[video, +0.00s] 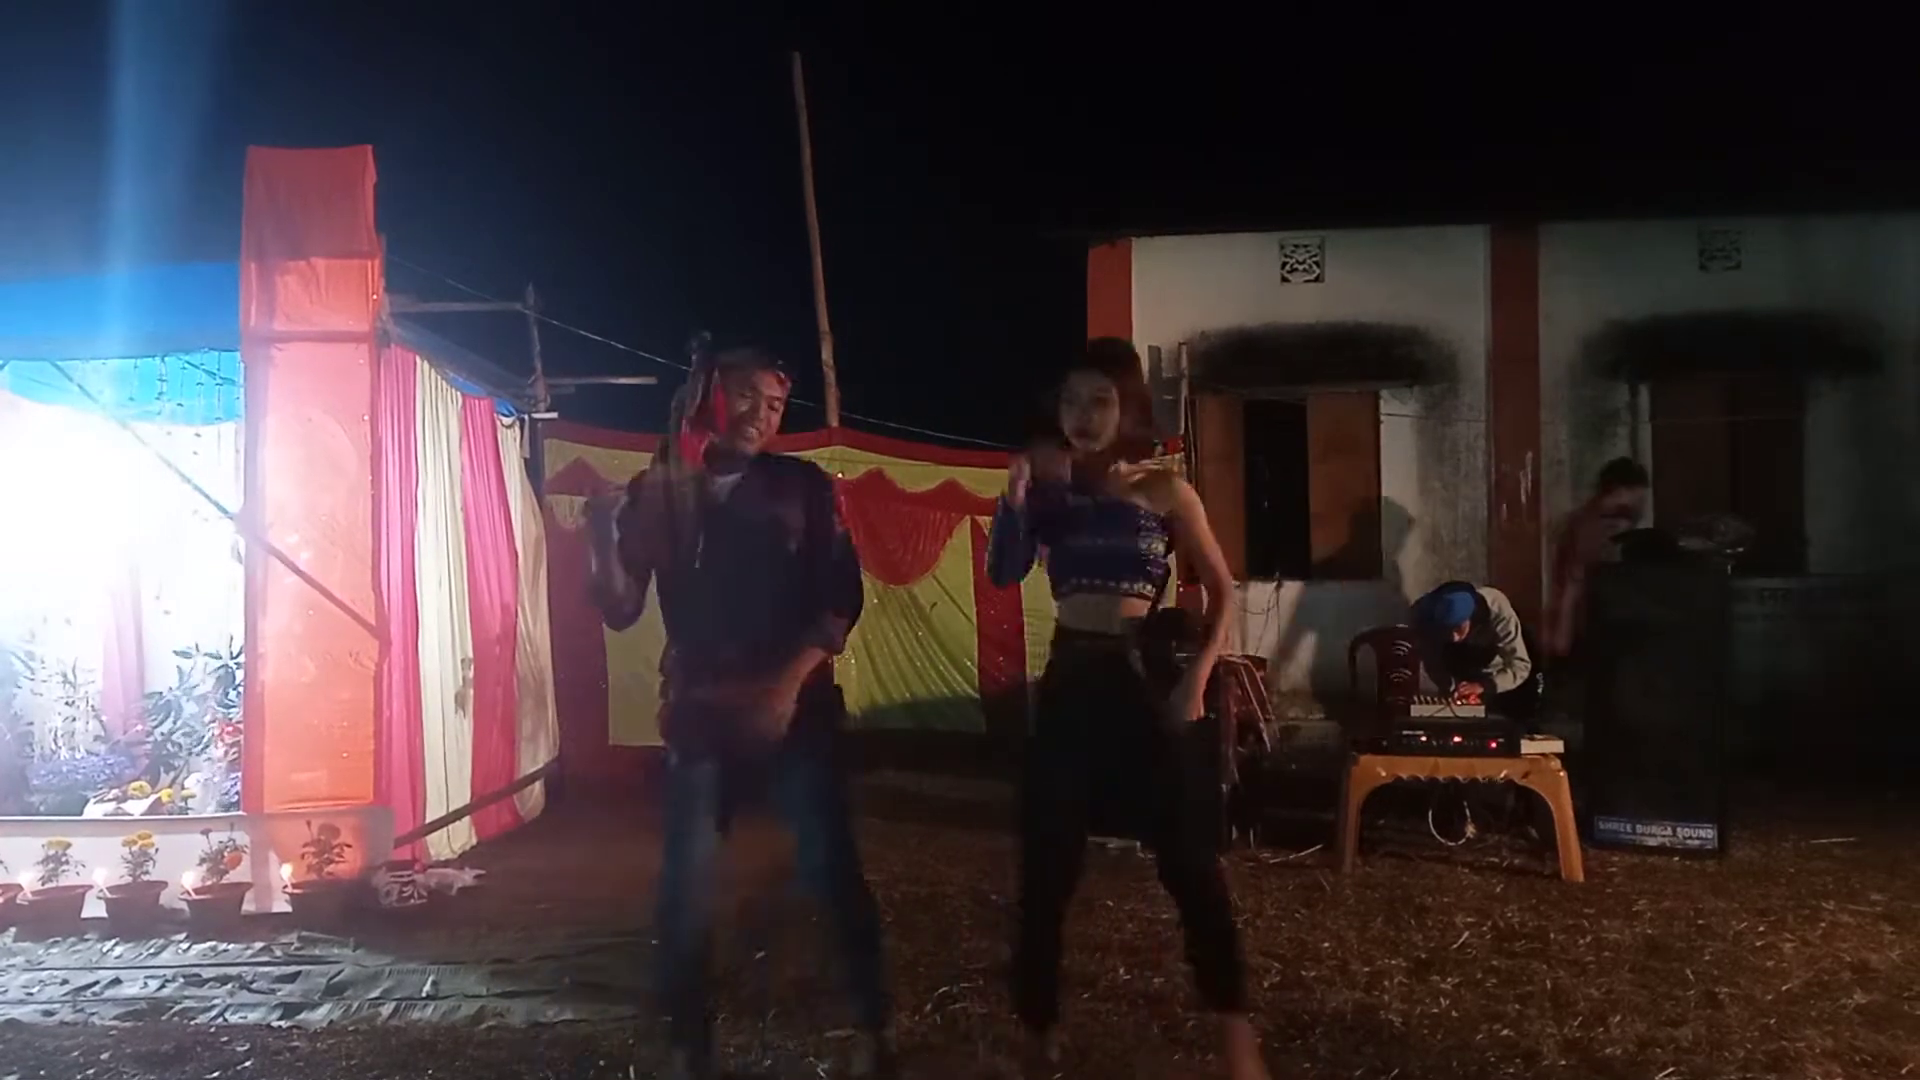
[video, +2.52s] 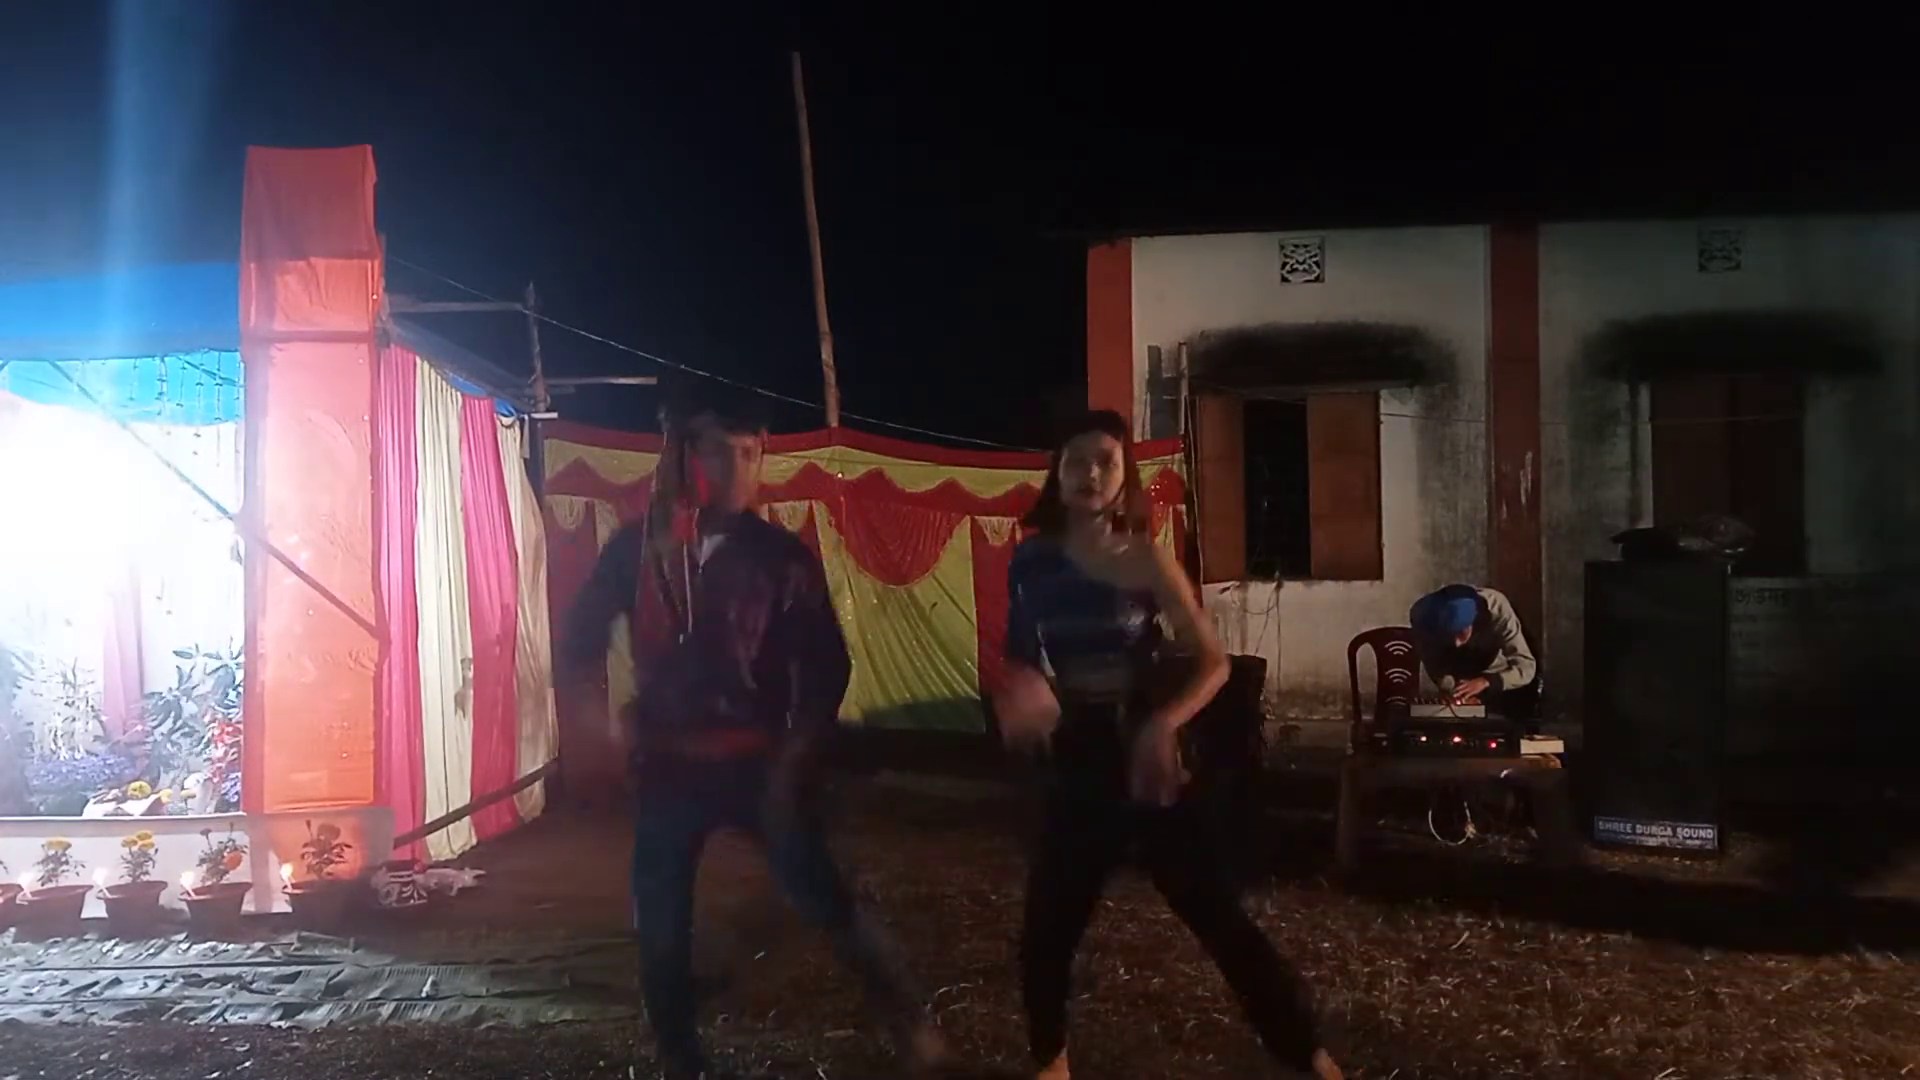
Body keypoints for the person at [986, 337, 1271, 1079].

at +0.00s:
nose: (1084, 414)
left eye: (1101, 401)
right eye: (1074, 400)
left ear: (1128, 409)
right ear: (1058, 405)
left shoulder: (1165, 490)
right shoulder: (1049, 484)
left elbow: (1223, 590)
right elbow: (1006, 571)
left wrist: (1198, 681)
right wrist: (1017, 487)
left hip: (1154, 684)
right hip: (1071, 682)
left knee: (1189, 862)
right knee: (1047, 861)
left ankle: (1239, 1037)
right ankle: (1037, 1037)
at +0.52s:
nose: (1074, 441)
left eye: (1090, 429)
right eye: (1070, 427)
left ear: (1128, 435)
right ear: (1064, 432)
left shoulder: (1164, 515)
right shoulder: (1062, 528)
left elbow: (1237, 615)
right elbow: (1001, 610)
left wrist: (1197, 712)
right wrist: (935, 576)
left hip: (1195, 708)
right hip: (1121, 713)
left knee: (1238, 894)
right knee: (1080, 890)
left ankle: (1309, 1056)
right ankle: (1055, 1046)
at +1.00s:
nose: (1175, 424)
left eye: (1172, 410)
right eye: (1163, 411)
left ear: (1129, 429)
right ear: (1127, 426)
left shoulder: (1148, 511)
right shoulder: (1084, 506)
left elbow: (1158, 610)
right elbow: (1112, 592)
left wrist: (1190, 575)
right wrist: (1177, 549)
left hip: (1124, 703)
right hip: (1062, 700)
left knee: (1165, 894)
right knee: (1024, 884)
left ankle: (1145, 1050)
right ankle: (945, 1041)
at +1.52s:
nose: (1136, 472)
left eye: (1134, 459)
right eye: (1125, 460)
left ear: (1111, 464)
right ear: (1088, 465)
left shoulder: (1128, 559)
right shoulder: (1044, 553)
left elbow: (1135, 663)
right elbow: (1032, 674)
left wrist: (1190, 696)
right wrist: (1110, 712)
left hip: (1107, 757)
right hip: (1047, 757)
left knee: (1184, 911)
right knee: (1020, 924)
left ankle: (1152, 1056)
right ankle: (931, 1056)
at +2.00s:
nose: (1059, 490)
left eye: (1074, 475)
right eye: (1046, 473)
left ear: (1091, 482)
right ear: (1021, 479)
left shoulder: (1123, 545)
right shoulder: (1025, 577)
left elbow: (1157, 626)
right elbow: (1015, 671)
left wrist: (1067, 670)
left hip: (1154, 736)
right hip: (1081, 743)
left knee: (1226, 912)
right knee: (1051, 914)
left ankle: (1337, 1057)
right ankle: (1055, 1059)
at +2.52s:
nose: (1090, 473)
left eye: (1105, 462)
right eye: (1078, 459)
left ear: (1124, 477)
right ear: (1056, 468)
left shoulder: (1146, 557)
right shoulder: (1033, 560)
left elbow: (1214, 661)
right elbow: (1014, 654)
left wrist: (1166, 722)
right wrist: (1019, 682)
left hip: (1151, 746)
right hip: (1079, 749)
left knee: (1213, 915)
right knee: (1049, 918)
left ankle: (1313, 1057)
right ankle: (1051, 1058)